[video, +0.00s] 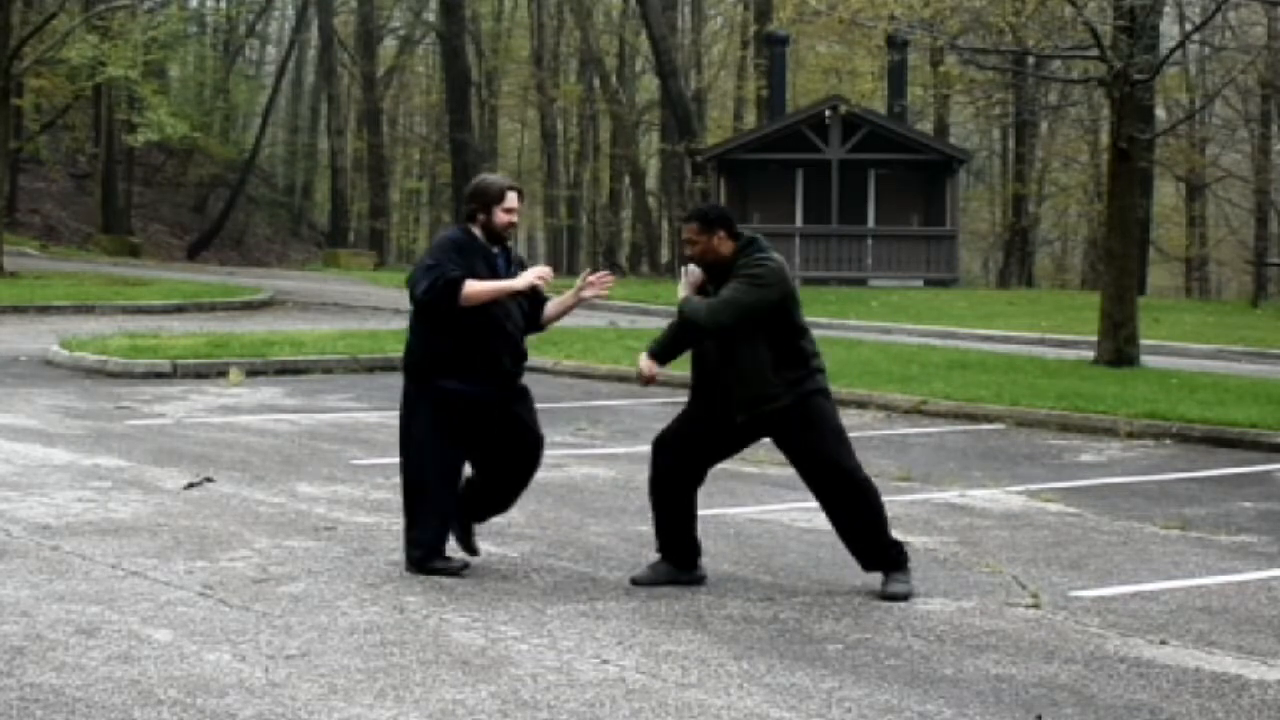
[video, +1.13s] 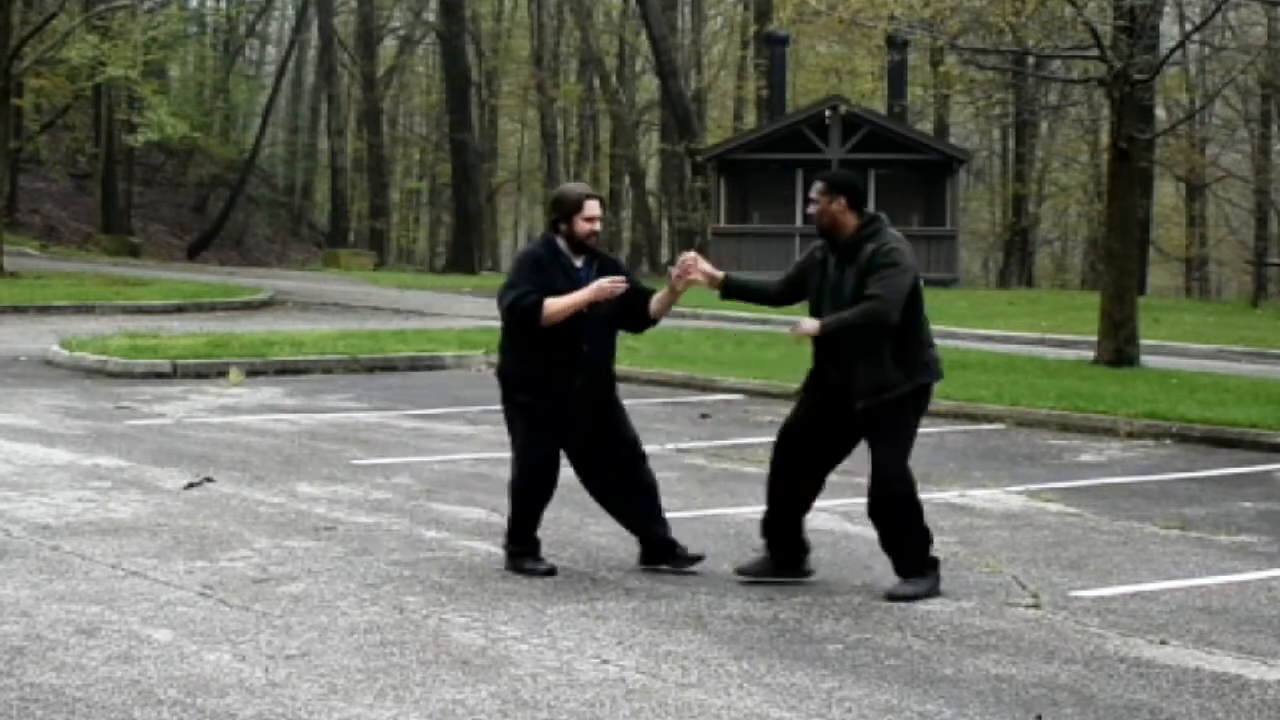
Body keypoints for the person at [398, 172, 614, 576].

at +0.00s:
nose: (514, 219)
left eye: (516, 212)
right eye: (507, 211)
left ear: (514, 213)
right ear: (481, 212)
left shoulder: (507, 259)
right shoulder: (451, 247)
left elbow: (532, 318)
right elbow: (437, 292)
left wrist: (576, 296)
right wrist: (515, 284)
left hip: (495, 384)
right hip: (439, 384)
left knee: (520, 453)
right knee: (433, 469)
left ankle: (465, 510)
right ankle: (424, 553)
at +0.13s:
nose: (495, 215)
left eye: (498, 207)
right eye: (488, 207)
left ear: (499, 209)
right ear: (462, 207)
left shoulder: (495, 256)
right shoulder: (434, 245)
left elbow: (519, 312)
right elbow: (416, 289)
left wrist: (564, 292)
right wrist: (486, 282)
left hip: (477, 379)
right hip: (430, 378)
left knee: (464, 459)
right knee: (425, 462)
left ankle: (404, 506)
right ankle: (422, 551)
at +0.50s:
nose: (483, 236)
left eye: (486, 228)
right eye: (475, 228)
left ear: (487, 230)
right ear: (450, 230)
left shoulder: (488, 274)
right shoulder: (422, 268)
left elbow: (513, 326)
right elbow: (405, 326)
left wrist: (552, 295)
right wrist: (464, 311)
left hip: (470, 388)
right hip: (427, 385)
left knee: (431, 462)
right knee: (457, 450)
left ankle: (372, 533)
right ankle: (458, 546)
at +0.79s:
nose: (531, 233)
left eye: (533, 225)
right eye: (523, 226)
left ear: (536, 227)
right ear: (498, 228)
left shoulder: (538, 269)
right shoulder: (472, 267)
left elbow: (574, 318)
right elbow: (457, 324)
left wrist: (608, 280)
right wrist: (519, 305)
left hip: (526, 390)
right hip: (479, 391)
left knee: (487, 464)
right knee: (509, 466)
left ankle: (415, 508)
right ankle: (520, 550)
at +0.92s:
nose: (554, 235)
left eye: (557, 228)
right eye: (546, 229)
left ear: (558, 229)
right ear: (522, 230)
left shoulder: (561, 273)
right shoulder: (494, 272)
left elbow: (598, 317)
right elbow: (486, 328)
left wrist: (633, 284)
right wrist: (548, 303)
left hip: (548, 394)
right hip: (498, 395)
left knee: (557, 466)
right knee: (518, 465)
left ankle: (481, 510)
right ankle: (520, 549)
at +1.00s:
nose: (571, 233)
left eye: (574, 226)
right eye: (563, 226)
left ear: (575, 227)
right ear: (538, 228)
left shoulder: (578, 271)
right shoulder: (510, 267)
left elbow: (613, 318)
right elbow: (501, 324)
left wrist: (648, 290)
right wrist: (565, 300)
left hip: (563, 392)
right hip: (512, 394)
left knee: (587, 459)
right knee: (524, 468)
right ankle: (520, 549)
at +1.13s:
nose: (596, 227)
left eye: (599, 219)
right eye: (588, 220)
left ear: (600, 221)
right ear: (563, 221)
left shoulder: (605, 268)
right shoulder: (534, 261)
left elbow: (639, 316)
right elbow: (522, 315)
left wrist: (673, 289)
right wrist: (589, 294)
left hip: (590, 390)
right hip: (535, 392)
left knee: (626, 463)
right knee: (536, 470)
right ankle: (521, 550)